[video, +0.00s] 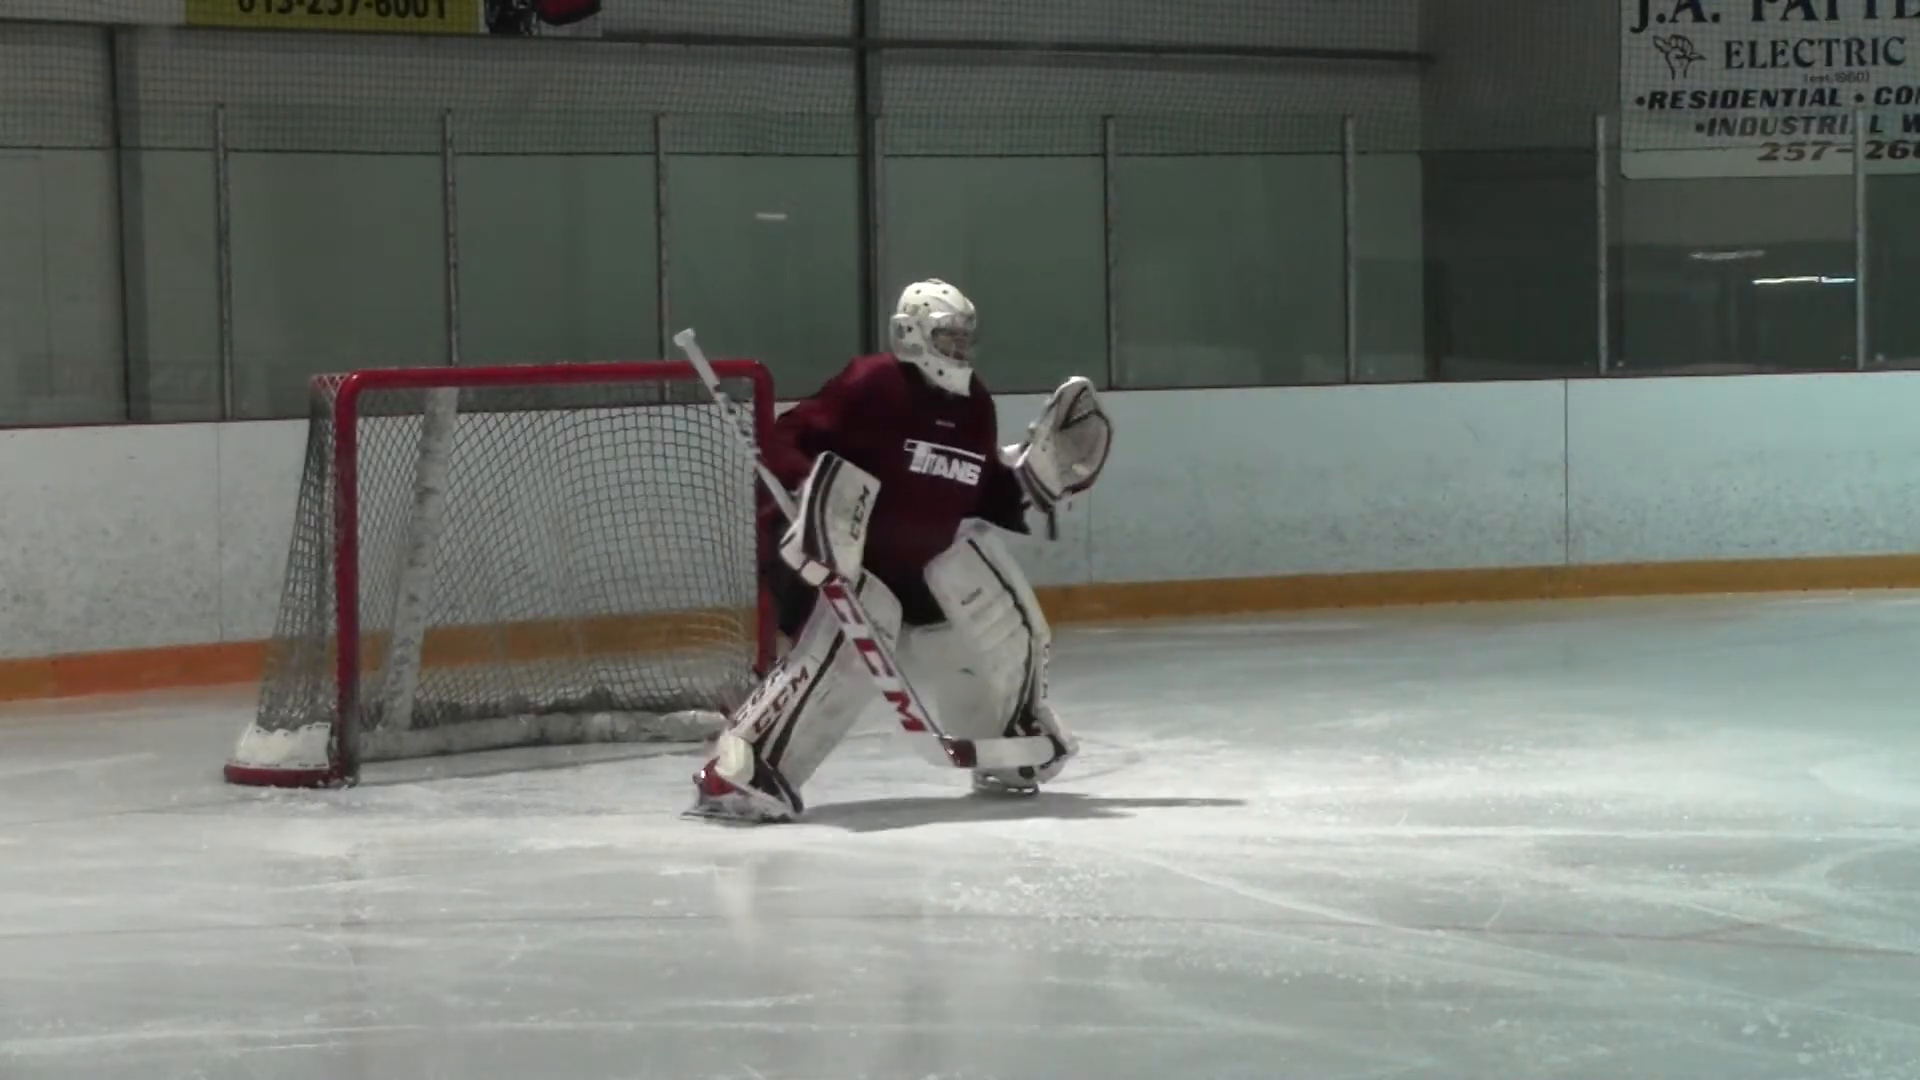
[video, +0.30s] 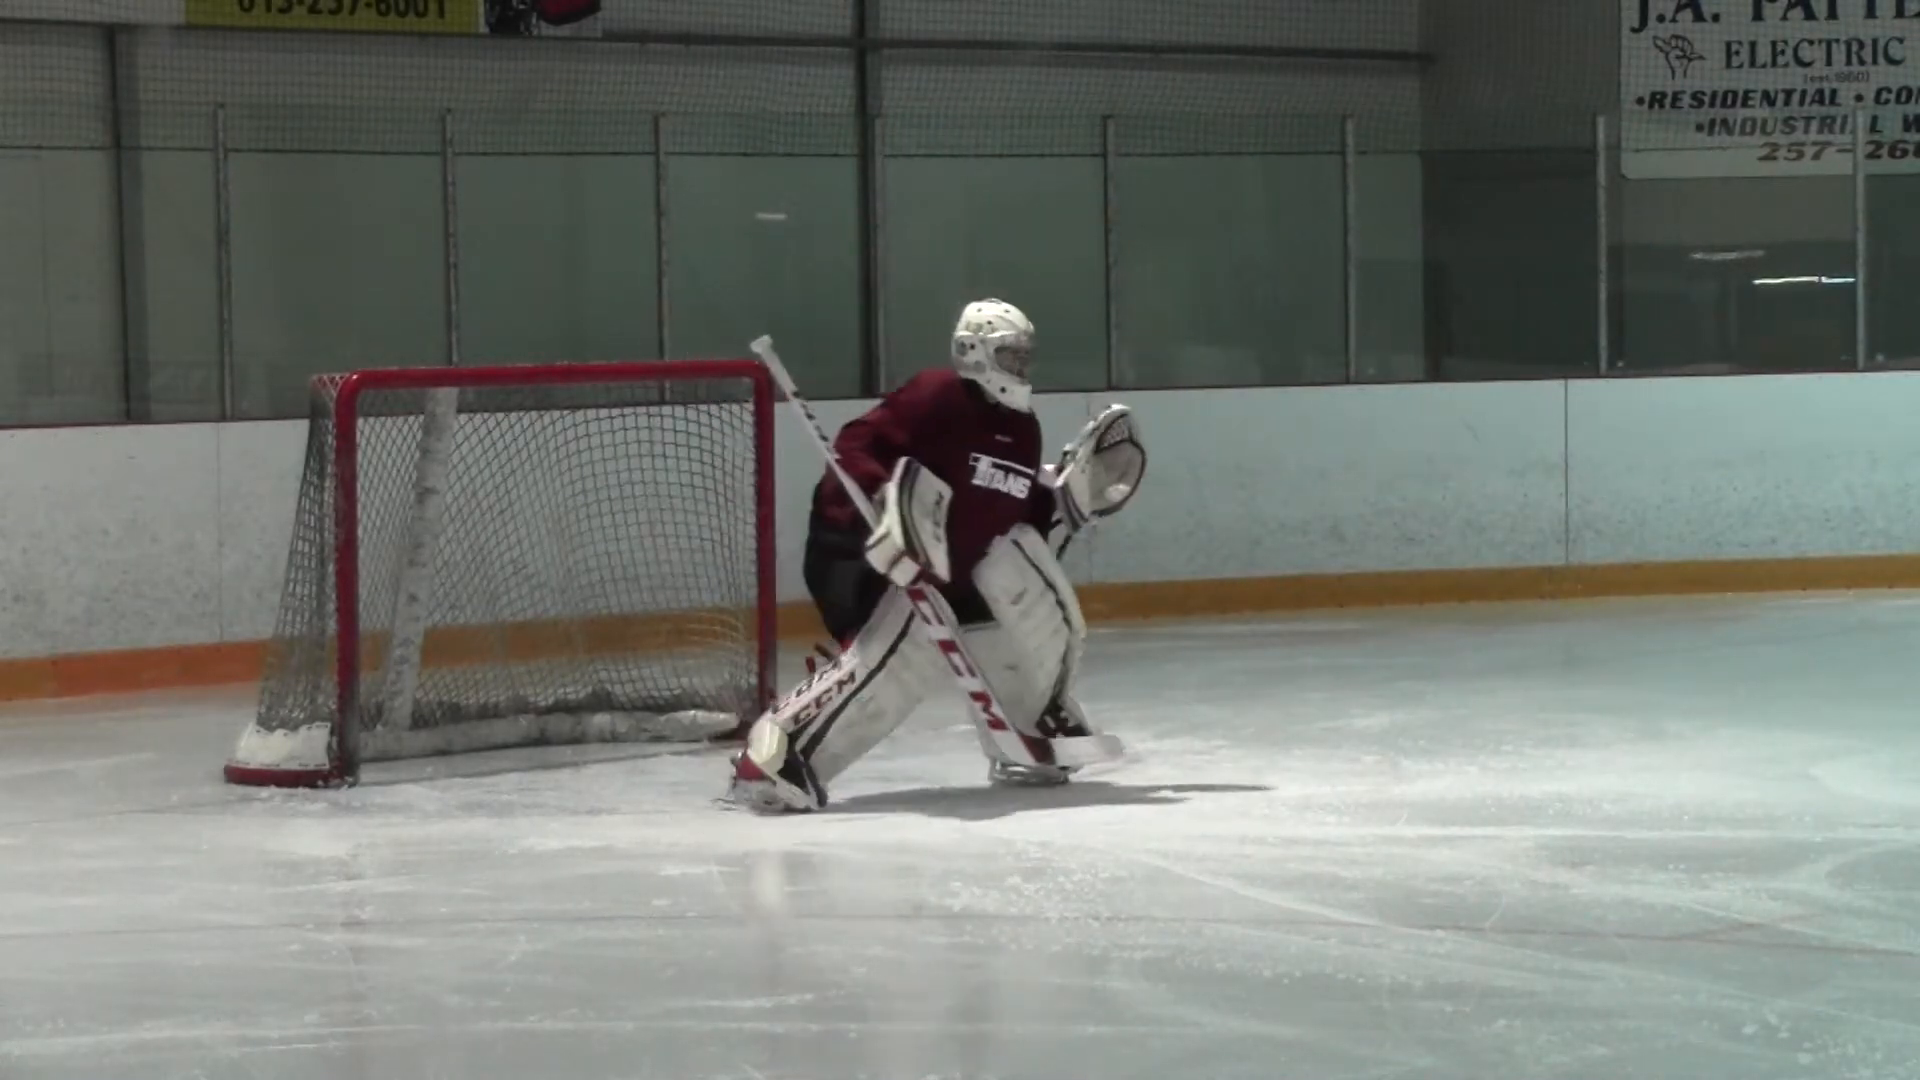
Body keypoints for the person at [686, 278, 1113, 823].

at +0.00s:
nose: (959, 348)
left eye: (964, 336)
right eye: (947, 335)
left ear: (970, 338)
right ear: (911, 334)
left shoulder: (974, 403)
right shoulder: (873, 382)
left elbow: (984, 491)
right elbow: (782, 440)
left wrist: (1036, 479)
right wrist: (824, 491)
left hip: (936, 571)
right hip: (860, 566)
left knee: (980, 657)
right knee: (830, 673)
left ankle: (1007, 757)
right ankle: (742, 775)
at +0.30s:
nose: (1022, 368)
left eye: (1026, 356)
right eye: (1010, 356)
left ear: (1027, 356)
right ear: (974, 353)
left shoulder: (1023, 428)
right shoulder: (936, 395)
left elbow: (1016, 524)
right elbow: (851, 448)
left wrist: (1068, 501)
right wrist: (892, 503)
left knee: (1017, 645)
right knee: (899, 664)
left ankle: (1023, 749)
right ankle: (783, 762)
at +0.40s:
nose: (1048, 367)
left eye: (1052, 355)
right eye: (1036, 355)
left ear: (1053, 354)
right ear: (1000, 353)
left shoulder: (1046, 427)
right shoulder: (965, 394)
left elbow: (1045, 513)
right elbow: (881, 448)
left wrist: (1095, 497)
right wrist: (928, 500)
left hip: (998, 561)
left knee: (1054, 624)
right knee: (914, 657)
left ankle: (1058, 736)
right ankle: (811, 760)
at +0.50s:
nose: (1065, 372)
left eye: (1068, 361)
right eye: (1054, 360)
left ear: (1070, 360)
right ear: (1020, 357)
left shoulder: (1055, 428)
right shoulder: (983, 388)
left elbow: (1048, 517)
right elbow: (907, 445)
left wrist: (1104, 506)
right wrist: (960, 507)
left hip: (1003, 553)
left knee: (1059, 640)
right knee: (940, 652)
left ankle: (1088, 744)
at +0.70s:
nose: (1074, 381)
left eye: (1077, 369)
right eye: (1063, 368)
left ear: (1075, 367)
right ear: (1030, 366)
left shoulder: (1054, 435)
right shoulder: (994, 397)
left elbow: (1050, 519)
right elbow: (926, 463)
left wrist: (1096, 501)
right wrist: (986, 526)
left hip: (962, 551)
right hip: (903, 540)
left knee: (1043, 616)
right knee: (981, 636)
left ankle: (1066, 739)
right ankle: (872, 743)